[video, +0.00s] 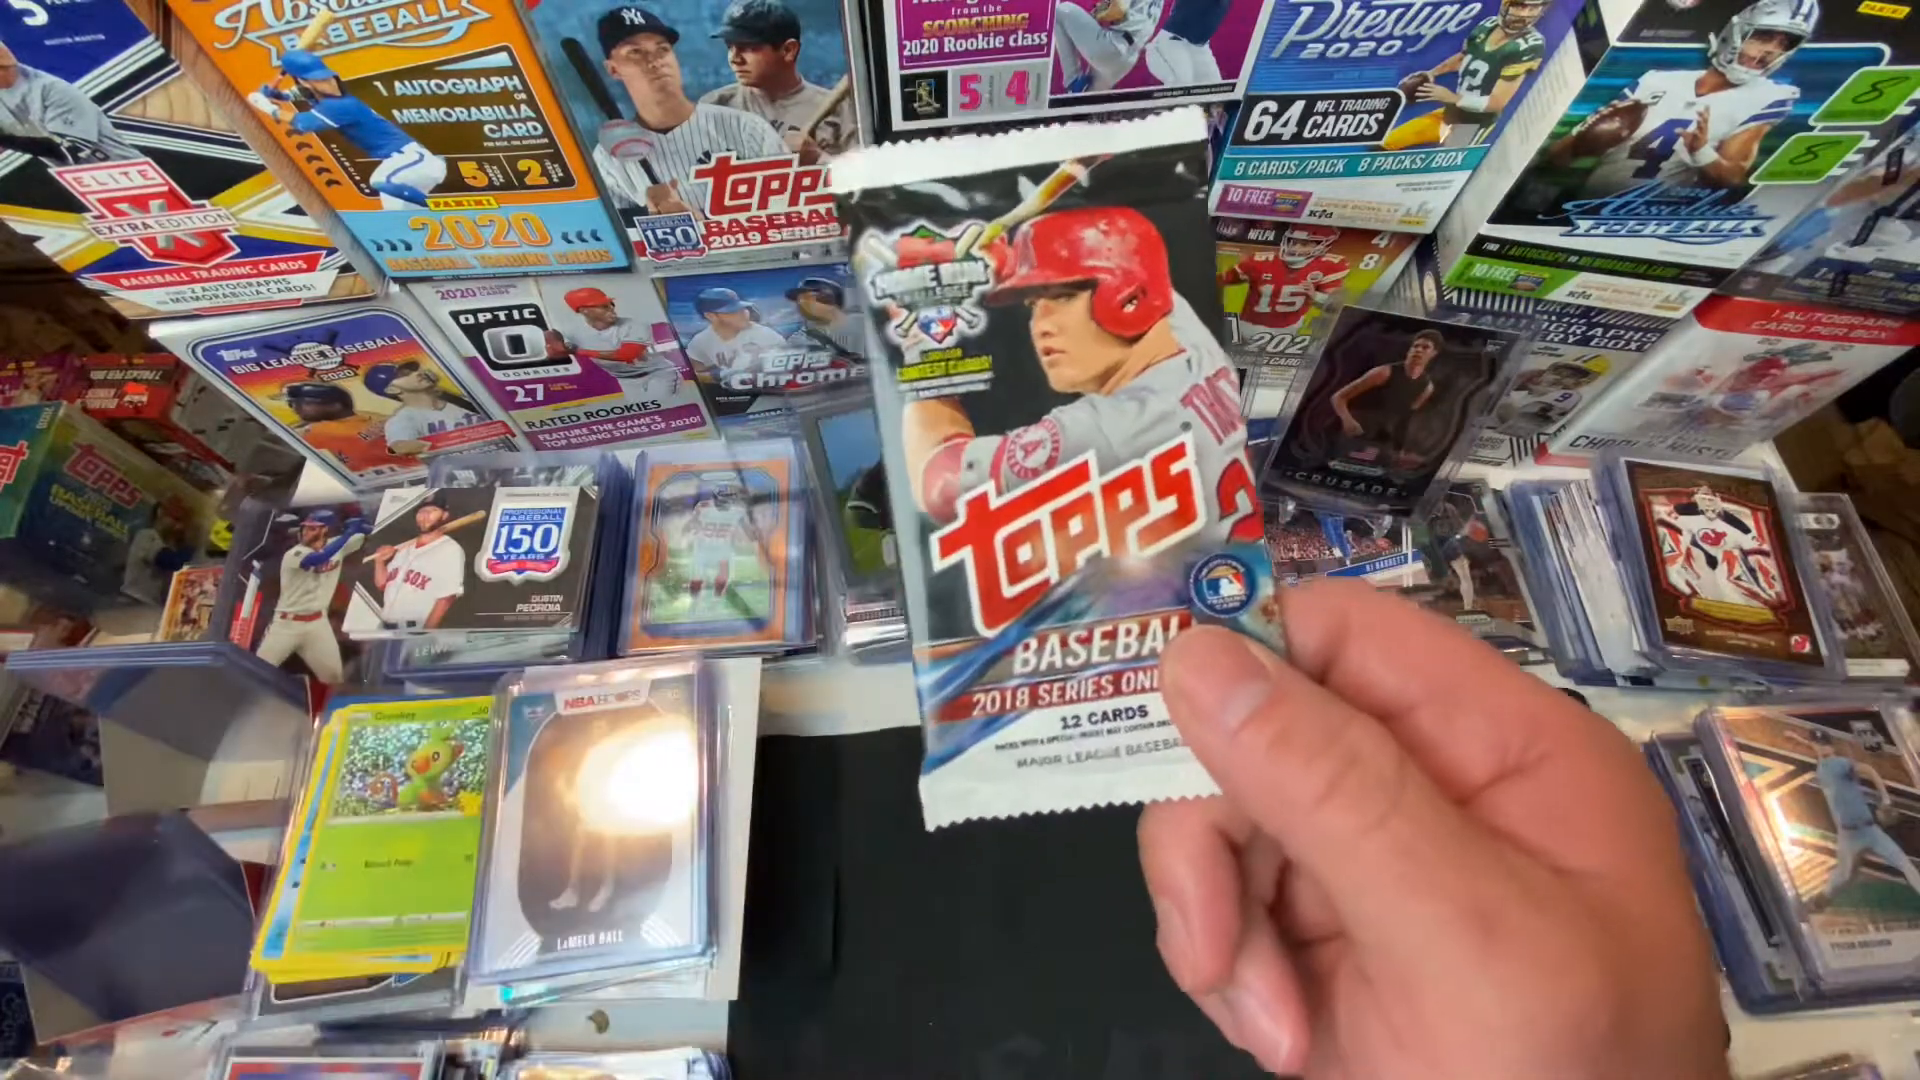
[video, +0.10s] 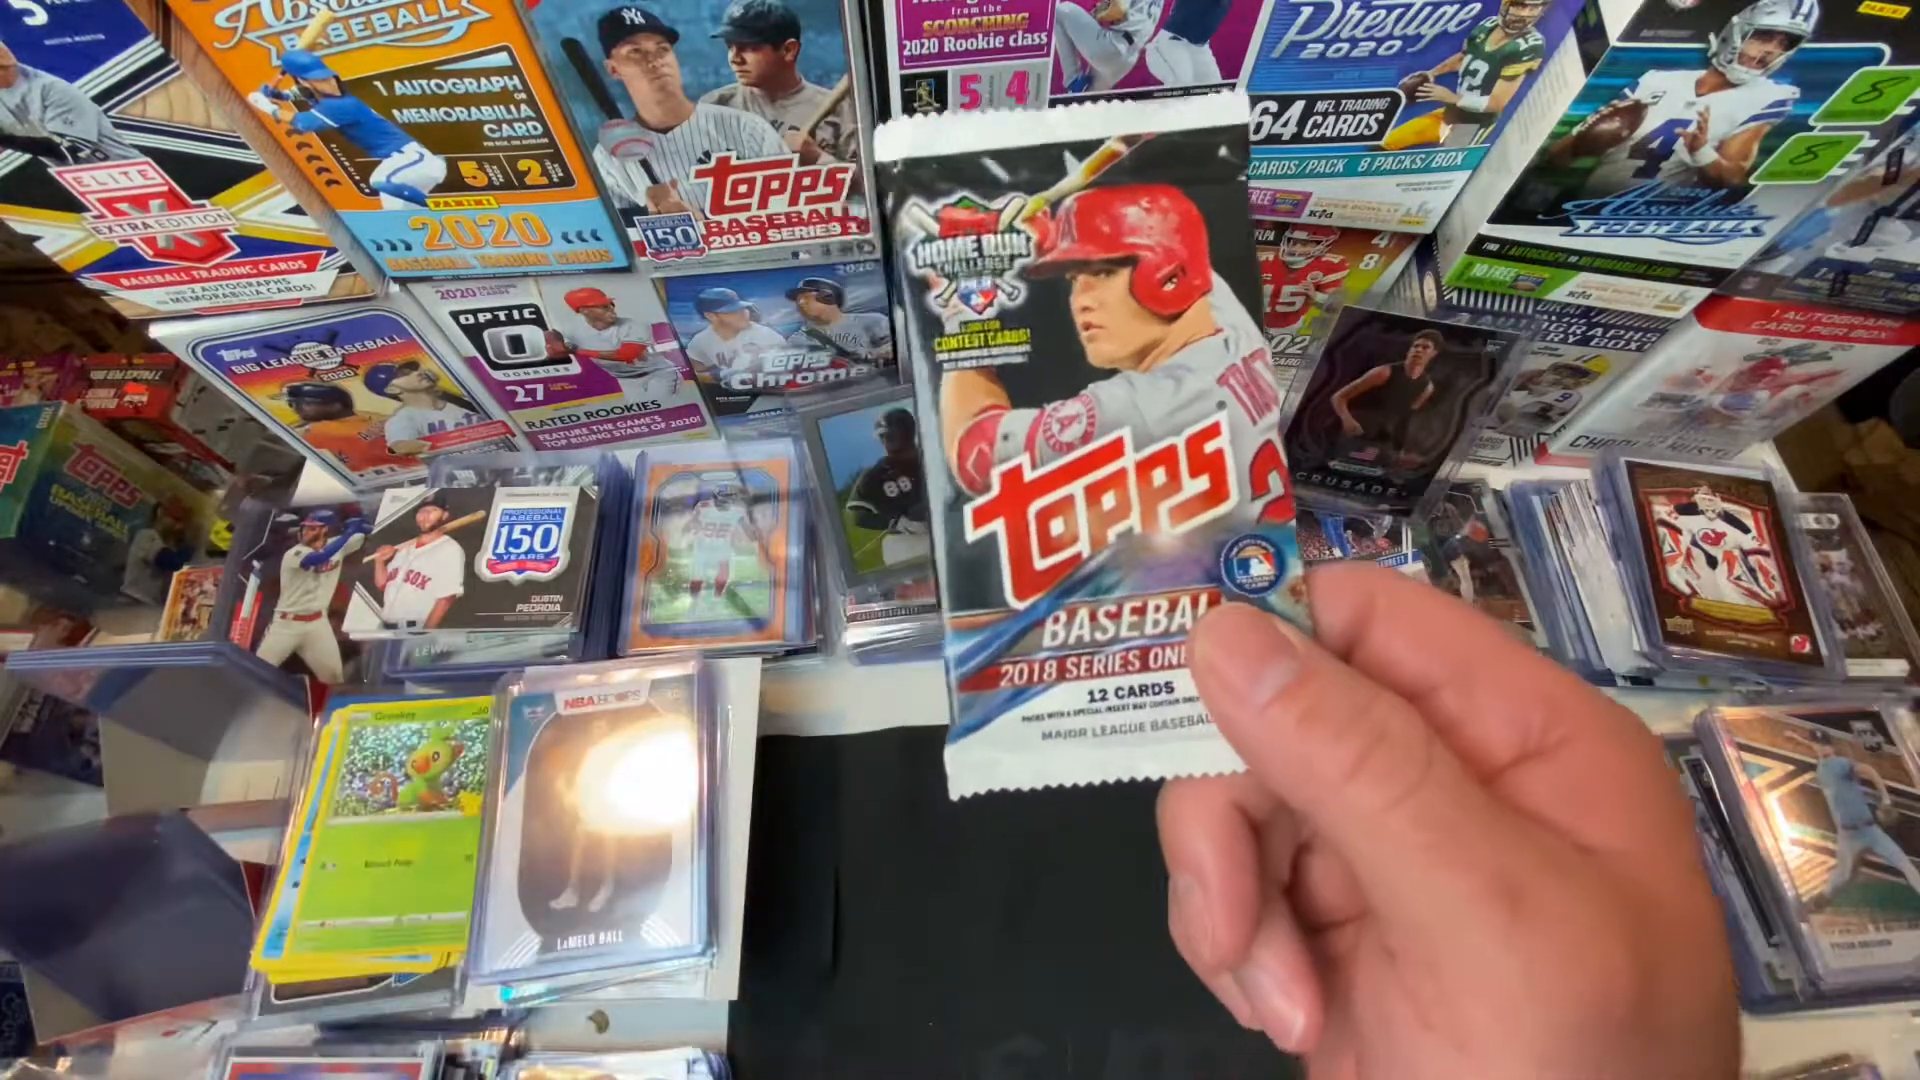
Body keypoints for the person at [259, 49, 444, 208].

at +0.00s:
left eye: (326, 76)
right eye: (321, 77)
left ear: (308, 83)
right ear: (305, 83)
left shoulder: (344, 106)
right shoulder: (329, 104)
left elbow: (301, 123)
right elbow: (298, 94)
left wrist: (270, 109)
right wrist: (275, 94)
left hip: (416, 158)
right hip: (403, 167)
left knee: (381, 179)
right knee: (397, 222)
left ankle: (437, 217)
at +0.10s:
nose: (329, 80)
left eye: (326, 76)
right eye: (321, 77)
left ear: (307, 82)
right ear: (305, 83)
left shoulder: (344, 105)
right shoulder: (330, 103)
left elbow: (302, 122)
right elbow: (299, 94)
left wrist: (270, 109)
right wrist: (275, 94)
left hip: (415, 158)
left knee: (381, 179)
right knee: (397, 221)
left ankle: (434, 220)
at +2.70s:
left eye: (301, 82)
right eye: (320, 78)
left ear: (309, 83)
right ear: (309, 82)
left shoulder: (343, 106)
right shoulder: (332, 101)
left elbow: (300, 123)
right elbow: (303, 92)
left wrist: (271, 109)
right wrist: (277, 94)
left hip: (414, 158)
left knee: (380, 180)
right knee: (398, 223)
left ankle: (433, 213)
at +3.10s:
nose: (330, 80)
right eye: (322, 77)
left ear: (307, 83)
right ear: (307, 83)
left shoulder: (342, 106)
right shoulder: (333, 104)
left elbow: (300, 123)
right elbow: (301, 94)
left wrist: (271, 110)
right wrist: (277, 95)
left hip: (414, 159)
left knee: (380, 180)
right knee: (400, 219)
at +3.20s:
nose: (330, 80)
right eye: (322, 77)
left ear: (307, 83)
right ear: (307, 82)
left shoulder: (342, 106)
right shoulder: (331, 103)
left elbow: (300, 122)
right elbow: (300, 93)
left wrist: (270, 109)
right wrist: (276, 94)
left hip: (414, 158)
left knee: (381, 179)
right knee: (399, 219)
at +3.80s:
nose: (329, 80)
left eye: (303, 82)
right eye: (321, 77)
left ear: (307, 83)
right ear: (306, 84)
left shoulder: (342, 106)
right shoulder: (332, 102)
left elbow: (299, 123)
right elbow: (300, 93)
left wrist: (270, 109)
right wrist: (275, 95)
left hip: (415, 158)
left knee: (381, 179)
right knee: (398, 218)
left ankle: (435, 213)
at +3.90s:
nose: (329, 79)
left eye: (303, 82)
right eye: (321, 77)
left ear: (308, 83)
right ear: (307, 84)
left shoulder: (343, 106)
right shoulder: (331, 102)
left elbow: (299, 122)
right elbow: (301, 92)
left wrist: (270, 109)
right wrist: (276, 95)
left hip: (415, 158)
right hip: (405, 167)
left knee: (381, 180)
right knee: (398, 221)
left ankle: (435, 212)